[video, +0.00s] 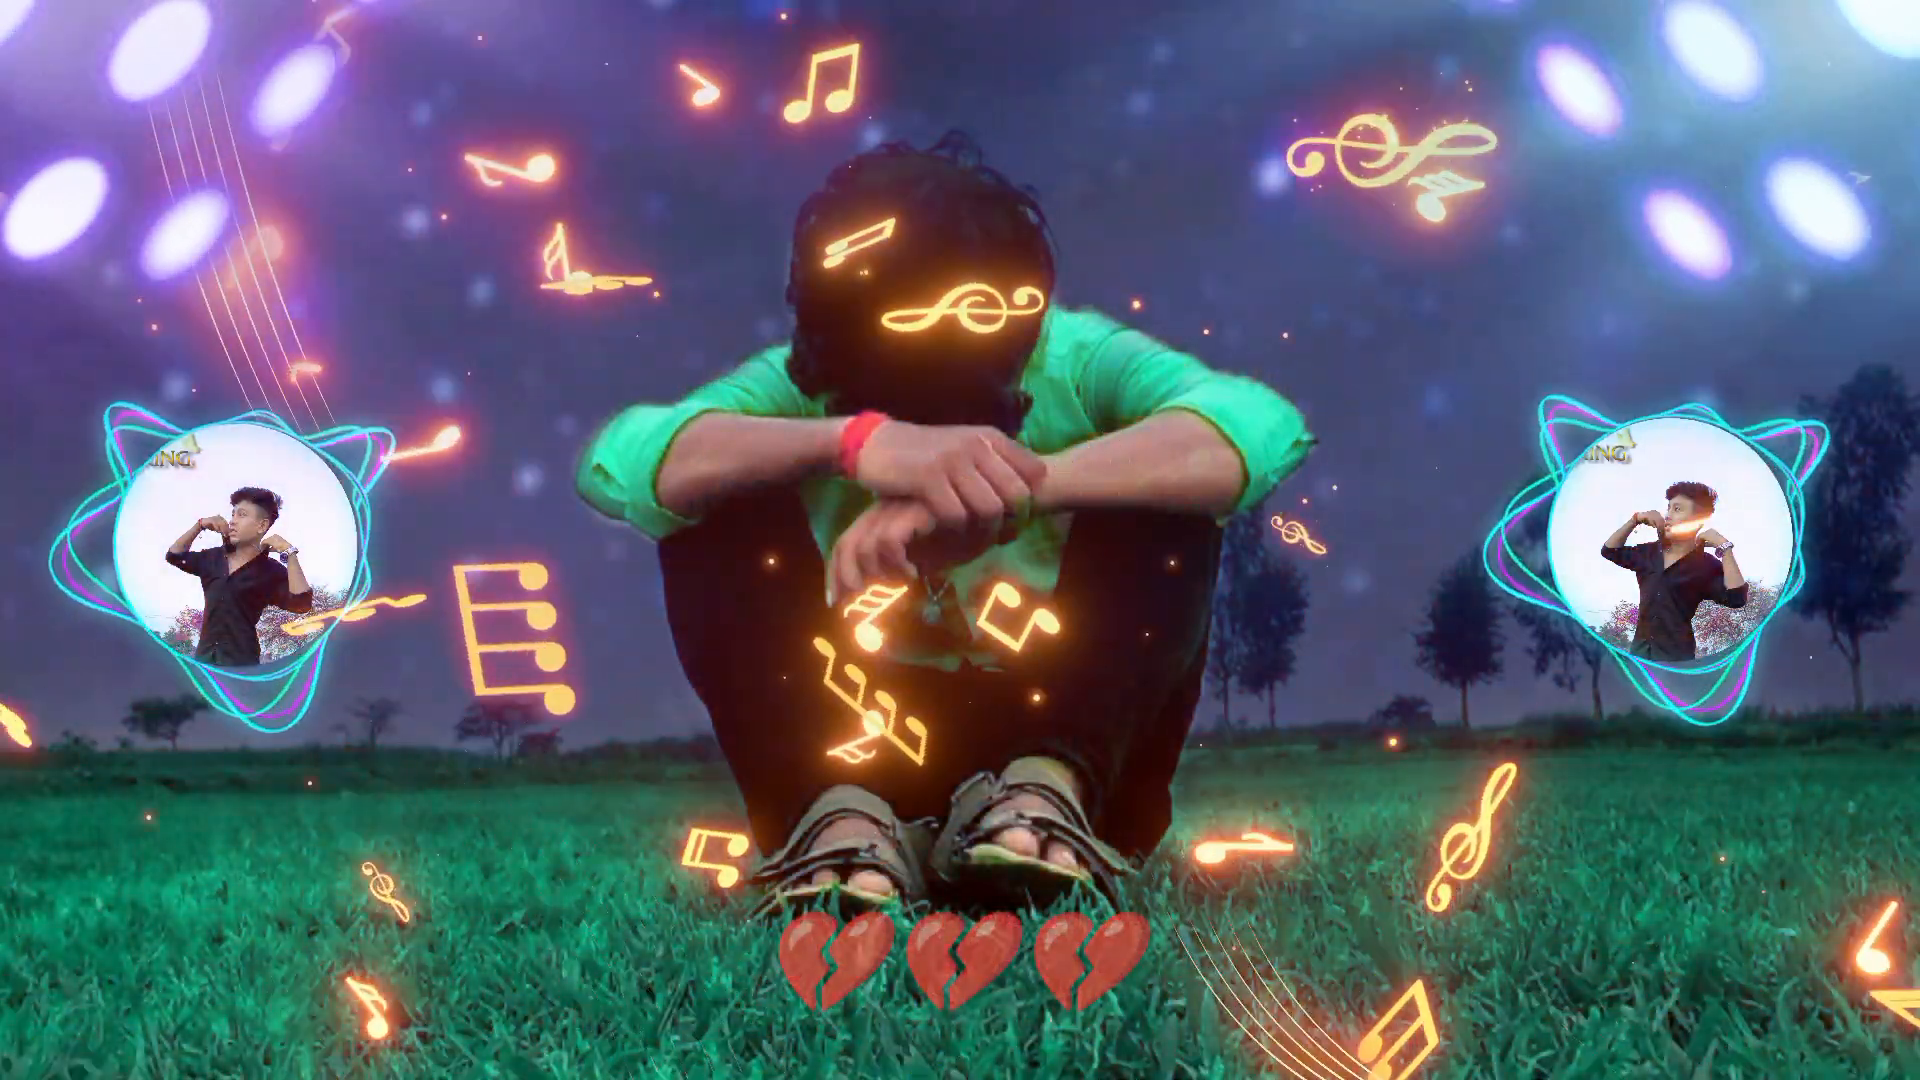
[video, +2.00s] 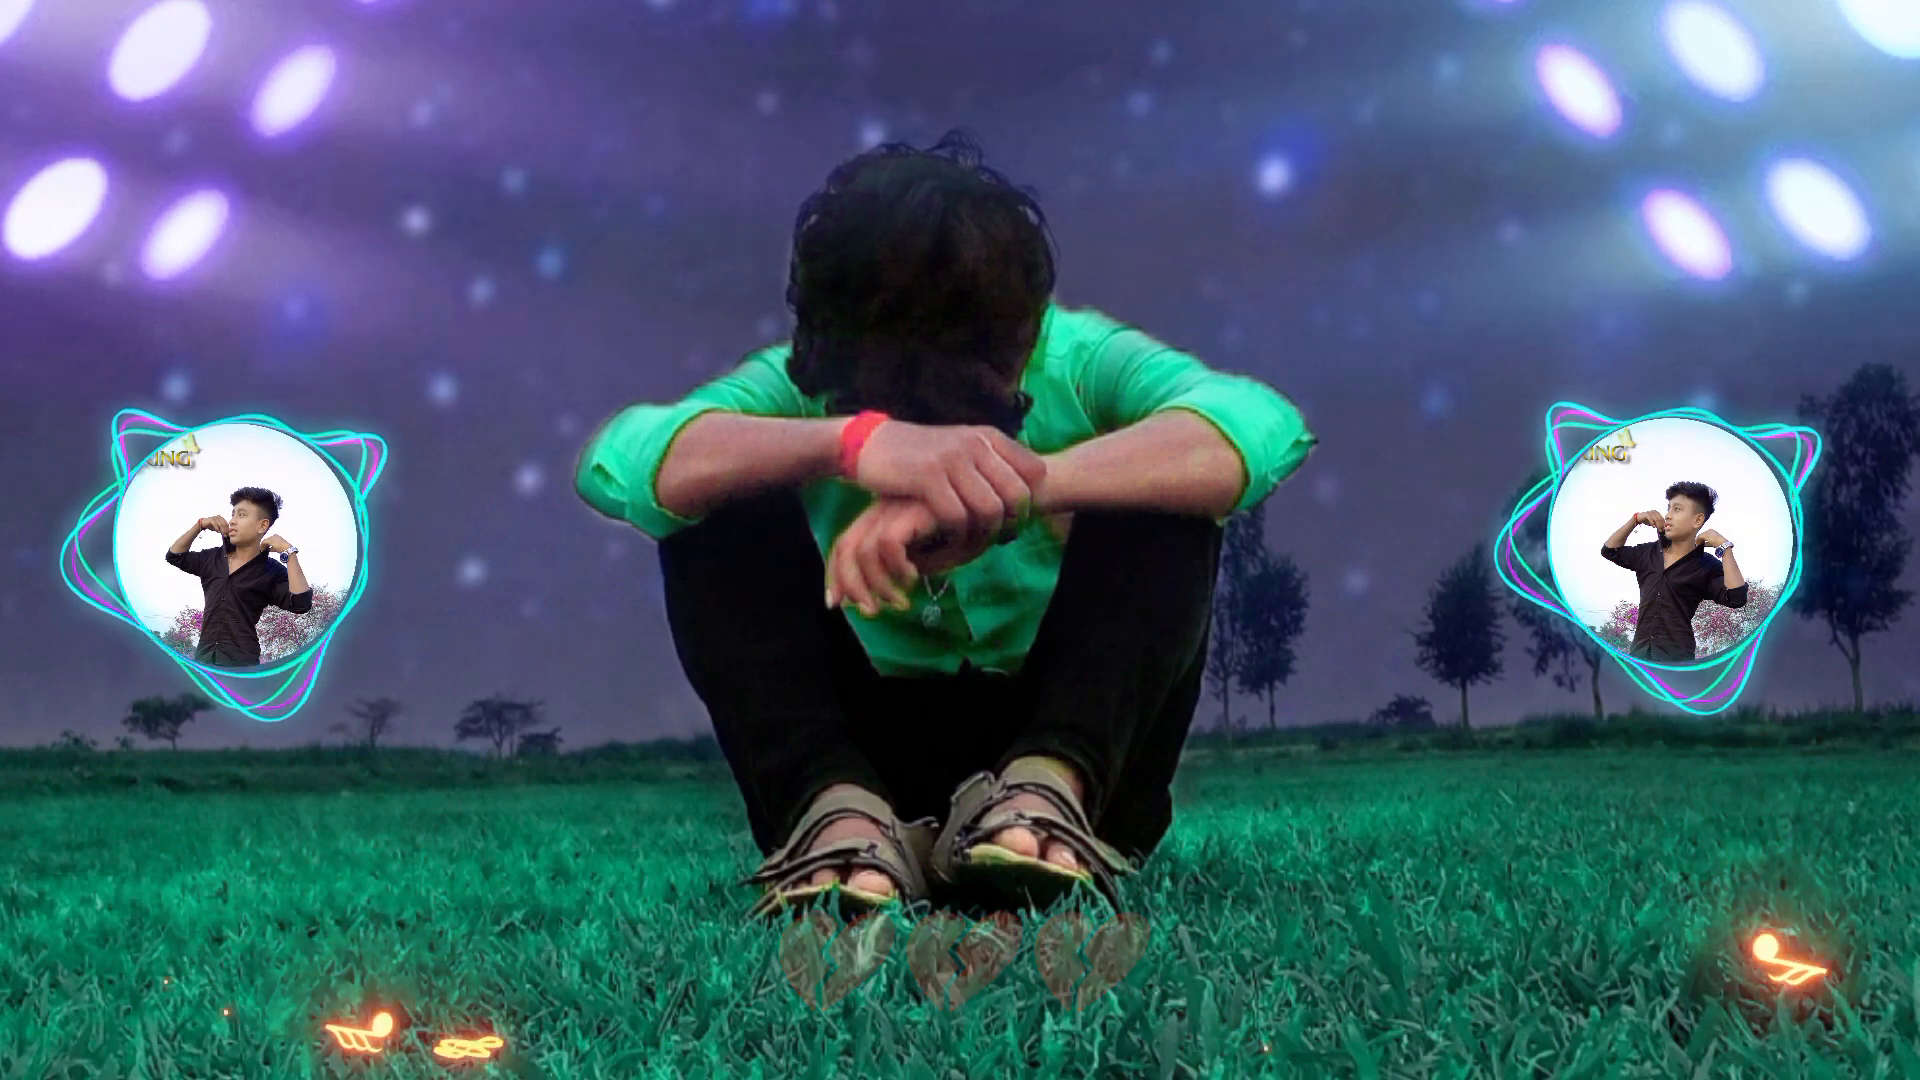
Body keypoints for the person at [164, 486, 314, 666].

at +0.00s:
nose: (232, 521)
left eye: (242, 515)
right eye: (233, 514)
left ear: (263, 525)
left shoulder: (270, 569)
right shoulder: (212, 558)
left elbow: (302, 604)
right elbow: (173, 556)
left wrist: (290, 554)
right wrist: (199, 526)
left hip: (242, 662)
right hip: (204, 658)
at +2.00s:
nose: (232, 521)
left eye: (242, 515)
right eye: (233, 514)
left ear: (263, 525)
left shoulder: (270, 569)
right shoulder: (212, 558)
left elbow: (301, 604)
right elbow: (174, 557)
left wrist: (290, 553)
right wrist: (199, 526)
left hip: (242, 662)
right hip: (203, 659)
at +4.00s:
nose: (232, 520)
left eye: (241, 515)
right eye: (233, 514)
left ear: (263, 525)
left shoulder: (270, 570)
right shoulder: (212, 558)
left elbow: (301, 604)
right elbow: (174, 557)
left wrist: (289, 553)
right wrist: (199, 526)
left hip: (242, 665)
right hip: (203, 660)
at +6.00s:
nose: (232, 521)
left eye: (242, 515)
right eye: (233, 514)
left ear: (263, 526)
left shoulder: (270, 570)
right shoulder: (212, 558)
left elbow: (301, 604)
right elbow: (174, 556)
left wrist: (289, 553)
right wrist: (199, 526)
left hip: (242, 663)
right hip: (203, 659)